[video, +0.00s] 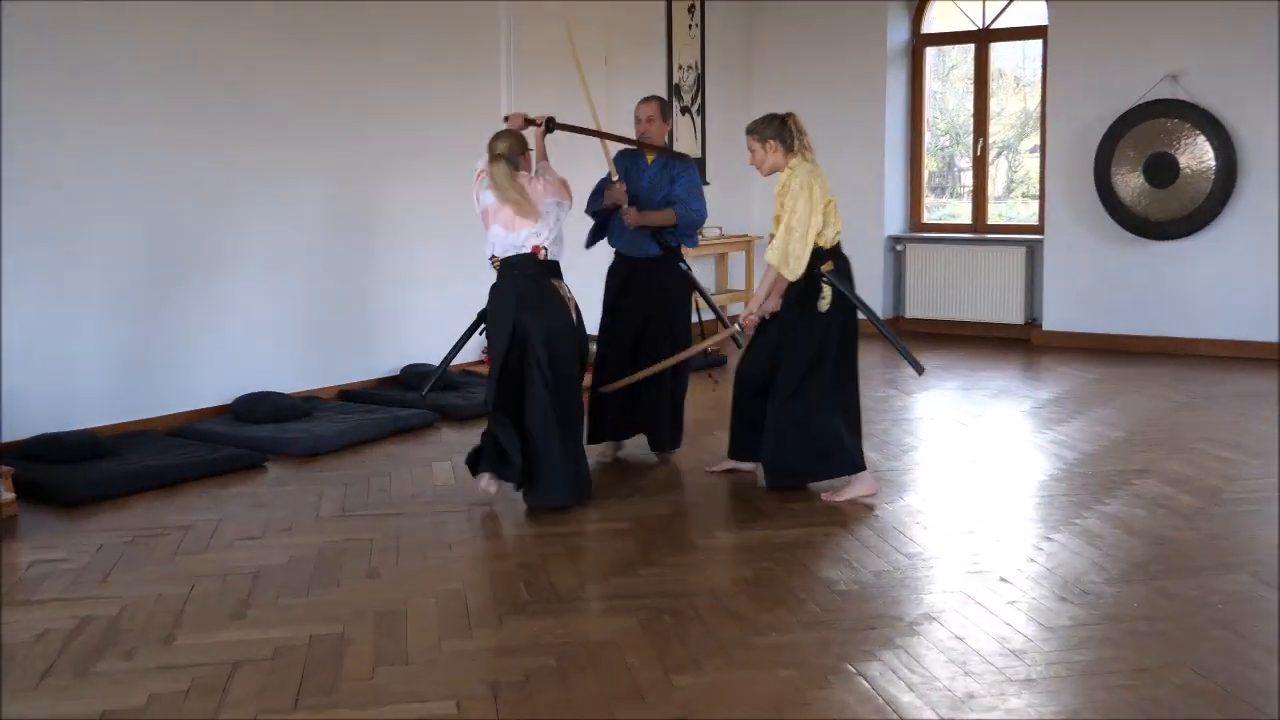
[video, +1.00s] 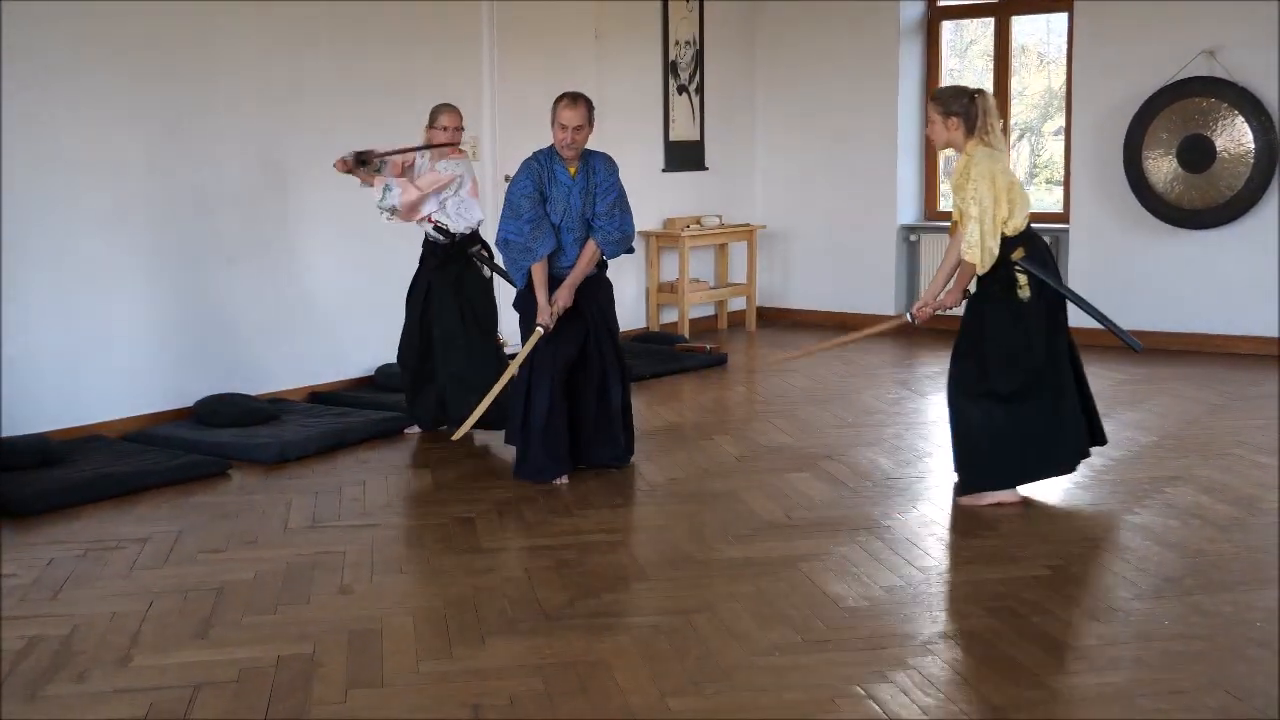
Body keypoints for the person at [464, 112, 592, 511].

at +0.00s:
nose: (529, 156)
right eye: (527, 152)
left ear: (493, 161)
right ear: (527, 156)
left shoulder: (485, 195)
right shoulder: (548, 188)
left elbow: (489, 163)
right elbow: (553, 178)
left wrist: (508, 130)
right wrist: (540, 146)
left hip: (506, 289)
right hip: (544, 287)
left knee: (511, 378)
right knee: (555, 380)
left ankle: (497, 463)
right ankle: (556, 480)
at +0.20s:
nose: (518, 135)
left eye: (515, 131)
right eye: (514, 131)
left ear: (482, 142)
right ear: (503, 140)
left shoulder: (478, 170)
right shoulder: (520, 169)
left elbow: (527, 143)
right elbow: (565, 147)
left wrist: (542, 97)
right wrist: (547, 98)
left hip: (483, 276)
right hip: (516, 277)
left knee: (512, 368)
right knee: (547, 369)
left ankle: (520, 463)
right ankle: (542, 481)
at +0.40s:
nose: (508, 127)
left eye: (507, 121)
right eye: (504, 122)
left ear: (482, 128)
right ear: (487, 127)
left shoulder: (495, 168)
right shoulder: (478, 158)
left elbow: (541, 156)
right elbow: (522, 126)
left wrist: (551, 99)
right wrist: (530, 77)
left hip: (491, 267)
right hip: (476, 268)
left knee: (501, 354)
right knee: (494, 359)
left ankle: (483, 434)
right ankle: (462, 456)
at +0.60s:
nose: (482, 135)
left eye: (483, 128)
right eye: (473, 127)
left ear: (486, 131)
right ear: (451, 130)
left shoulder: (490, 166)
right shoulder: (440, 164)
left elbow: (505, 165)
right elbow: (464, 127)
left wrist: (507, 123)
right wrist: (512, 108)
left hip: (482, 266)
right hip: (446, 264)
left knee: (494, 348)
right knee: (436, 347)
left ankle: (469, 440)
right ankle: (410, 430)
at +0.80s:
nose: (462, 136)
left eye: (465, 130)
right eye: (454, 131)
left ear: (469, 134)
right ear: (436, 135)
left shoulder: (471, 171)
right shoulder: (424, 167)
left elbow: (442, 204)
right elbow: (401, 183)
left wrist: (420, 153)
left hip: (469, 266)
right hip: (434, 263)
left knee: (475, 347)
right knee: (430, 340)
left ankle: (473, 435)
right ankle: (427, 415)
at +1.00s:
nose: (453, 135)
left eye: (458, 129)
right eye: (445, 129)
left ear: (462, 131)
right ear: (429, 131)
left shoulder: (457, 163)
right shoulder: (420, 158)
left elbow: (409, 195)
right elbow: (387, 161)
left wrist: (362, 175)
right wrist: (358, 162)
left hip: (463, 254)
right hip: (436, 252)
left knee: (461, 334)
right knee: (428, 332)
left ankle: (461, 418)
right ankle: (428, 415)